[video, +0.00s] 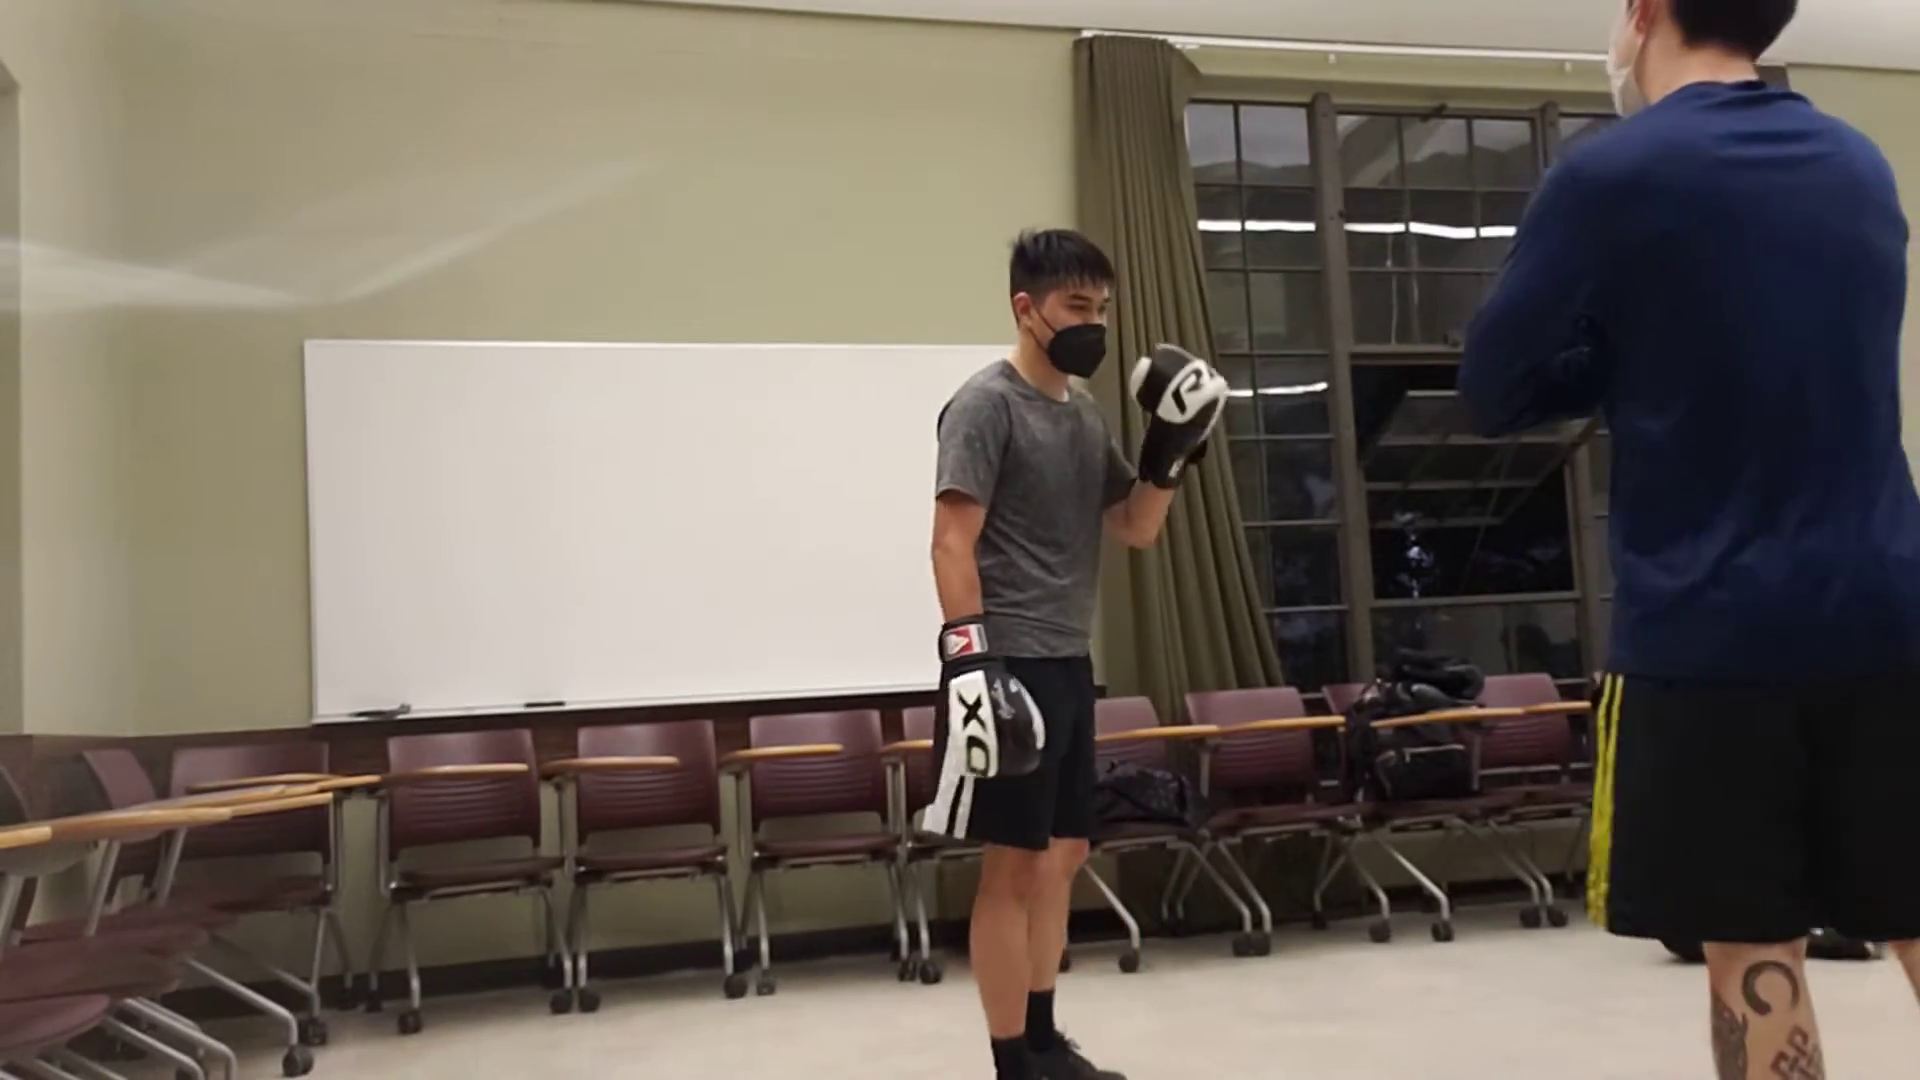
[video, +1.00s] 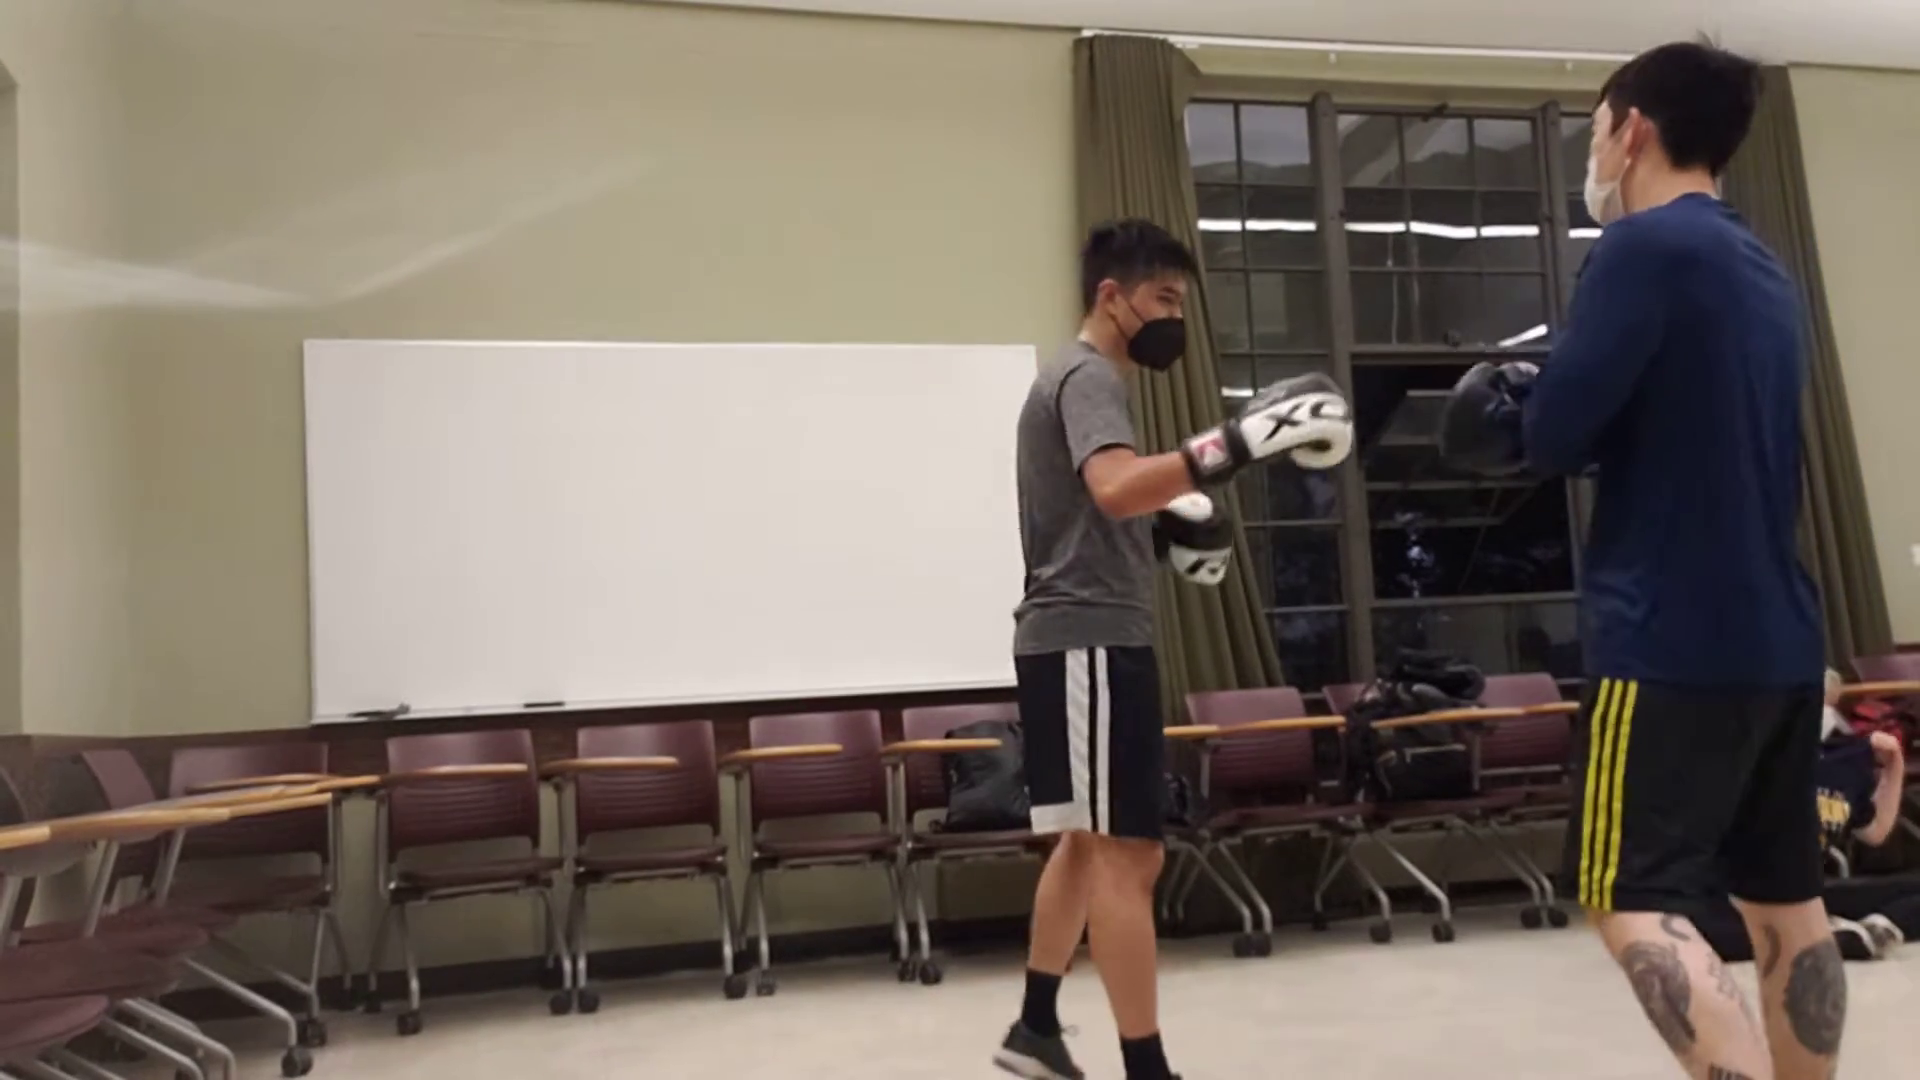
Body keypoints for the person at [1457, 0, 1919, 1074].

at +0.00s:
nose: (1622, 39)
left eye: (1623, 20)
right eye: (1625, 22)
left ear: (1647, 18)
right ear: (1763, 31)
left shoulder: (1610, 172)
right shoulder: (1862, 165)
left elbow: (1496, 388)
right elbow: (1816, 343)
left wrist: (1644, 348)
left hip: (1708, 625)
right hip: (1885, 610)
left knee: (1751, 945)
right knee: (1914, 919)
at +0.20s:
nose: (1595, 37)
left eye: (1599, 21)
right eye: (1602, 23)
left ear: (1620, 23)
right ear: (1736, 43)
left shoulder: (1579, 167)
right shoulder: (1816, 176)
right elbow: (1784, 359)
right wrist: (1631, 132)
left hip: (1670, 617)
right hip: (1838, 603)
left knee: (1739, 950)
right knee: (1880, 914)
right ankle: (1904, 1057)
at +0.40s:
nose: (1589, 72)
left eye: (1592, 46)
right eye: (1594, 49)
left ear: (1613, 49)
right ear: (1728, 66)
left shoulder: (1604, 196)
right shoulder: (1789, 205)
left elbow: (1506, 417)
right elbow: (1744, 393)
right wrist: (1617, 178)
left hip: (1653, 630)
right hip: (1798, 617)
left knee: (1725, 946)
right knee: (1814, 929)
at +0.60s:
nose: (1595, 108)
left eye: (1600, 84)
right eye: (1601, 84)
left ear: (1633, 86)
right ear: (1733, 101)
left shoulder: (1623, 223)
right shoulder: (1783, 240)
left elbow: (1500, 417)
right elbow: (1723, 414)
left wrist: (1478, 359)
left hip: (1648, 643)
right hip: (1764, 633)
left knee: (1716, 939)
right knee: (1771, 911)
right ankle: (1800, 1074)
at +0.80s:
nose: (1598, 128)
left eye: (1603, 105)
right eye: (1602, 106)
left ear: (1637, 107)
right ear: (1728, 122)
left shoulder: (1634, 231)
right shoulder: (1772, 254)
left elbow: (1519, 412)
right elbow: (1687, 415)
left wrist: (1484, 365)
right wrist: (1533, 373)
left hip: (1654, 640)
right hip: (1770, 636)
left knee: (1695, 925)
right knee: (1781, 902)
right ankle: (1806, 1076)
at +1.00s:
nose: (1591, 157)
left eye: (1597, 132)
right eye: (1596, 134)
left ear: (1636, 131)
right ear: (1707, 145)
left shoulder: (1642, 250)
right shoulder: (1766, 268)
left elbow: (1553, 431)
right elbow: (1711, 432)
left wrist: (1511, 391)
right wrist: (1557, 385)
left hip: (1670, 643)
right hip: (1778, 639)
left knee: (1631, 904)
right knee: (1782, 894)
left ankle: (1746, 1069)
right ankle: (1804, 1078)